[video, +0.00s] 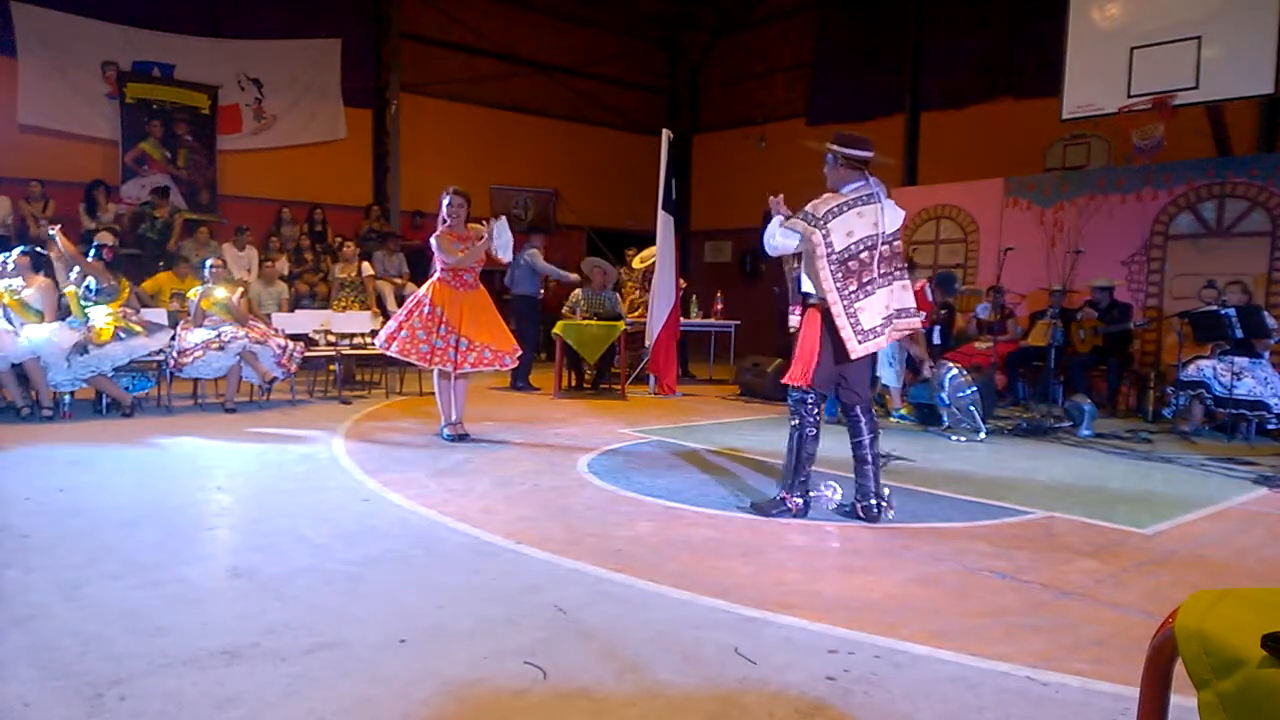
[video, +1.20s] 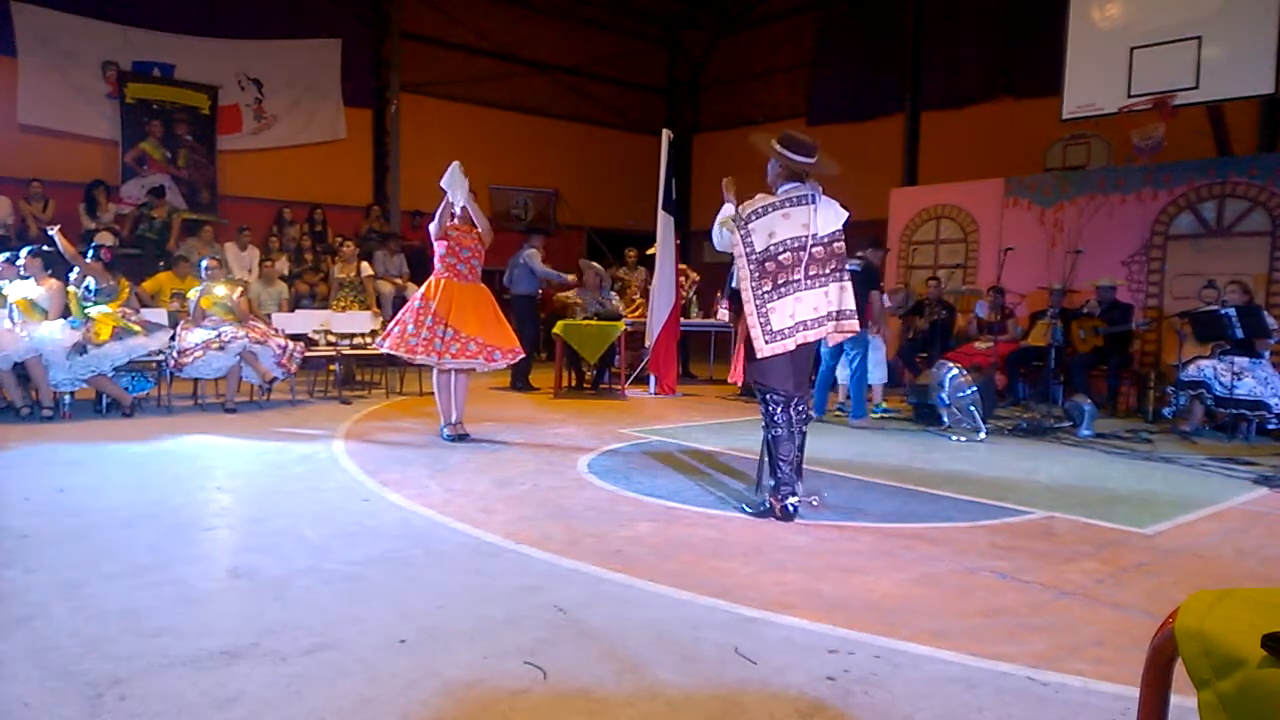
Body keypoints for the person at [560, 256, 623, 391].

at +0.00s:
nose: (597, 276)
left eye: (599, 273)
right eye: (595, 273)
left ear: (605, 277)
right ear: (590, 275)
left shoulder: (613, 296)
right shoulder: (578, 293)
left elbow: (620, 316)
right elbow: (565, 311)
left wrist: (600, 317)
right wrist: (577, 318)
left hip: (603, 332)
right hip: (581, 331)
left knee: (610, 349)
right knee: (570, 345)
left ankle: (597, 380)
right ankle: (578, 377)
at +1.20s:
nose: (583, 277)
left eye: (587, 274)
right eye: (584, 274)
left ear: (598, 278)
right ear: (584, 277)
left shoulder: (610, 295)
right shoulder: (578, 292)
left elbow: (618, 311)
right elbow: (557, 298)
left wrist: (601, 302)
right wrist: (572, 301)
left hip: (602, 330)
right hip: (579, 329)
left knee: (610, 348)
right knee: (570, 346)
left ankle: (597, 380)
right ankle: (579, 377)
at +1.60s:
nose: (578, 278)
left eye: (582, 275)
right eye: (579, 275)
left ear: (592, 278)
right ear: (578, 277)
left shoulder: (608, 294)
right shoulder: (575, 295)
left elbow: (618, 311)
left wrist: (600, 305)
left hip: (602, 331)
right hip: (580, 331)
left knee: (610, 348)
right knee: (570, 344)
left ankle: (597, 380)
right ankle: (579, 377)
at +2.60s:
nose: (594, 276)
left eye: (597, 273)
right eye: (593, 273)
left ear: (605, 278)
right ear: (588, 275)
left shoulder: (612, 297)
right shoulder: (579, 293)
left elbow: (621, 315)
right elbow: (565, 309)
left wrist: (600, 314)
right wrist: (578, 303)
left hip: (603, 332)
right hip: (580, 331)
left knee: (609, 348)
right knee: (571, 345)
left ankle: (597, 381)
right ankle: (579, 379)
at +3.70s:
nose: (595, 276)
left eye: (599, 273)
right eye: (593, 272)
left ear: (606, 277)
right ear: (590, 275)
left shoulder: (613, 296)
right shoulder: (580, 291)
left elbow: (620, 314)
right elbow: (569, 305)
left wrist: (606, 303)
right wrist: (583, 299)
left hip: (603, 329)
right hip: (582, 327)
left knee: (610, 348)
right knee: (570, 345)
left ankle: (597, 379)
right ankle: (579, 376)